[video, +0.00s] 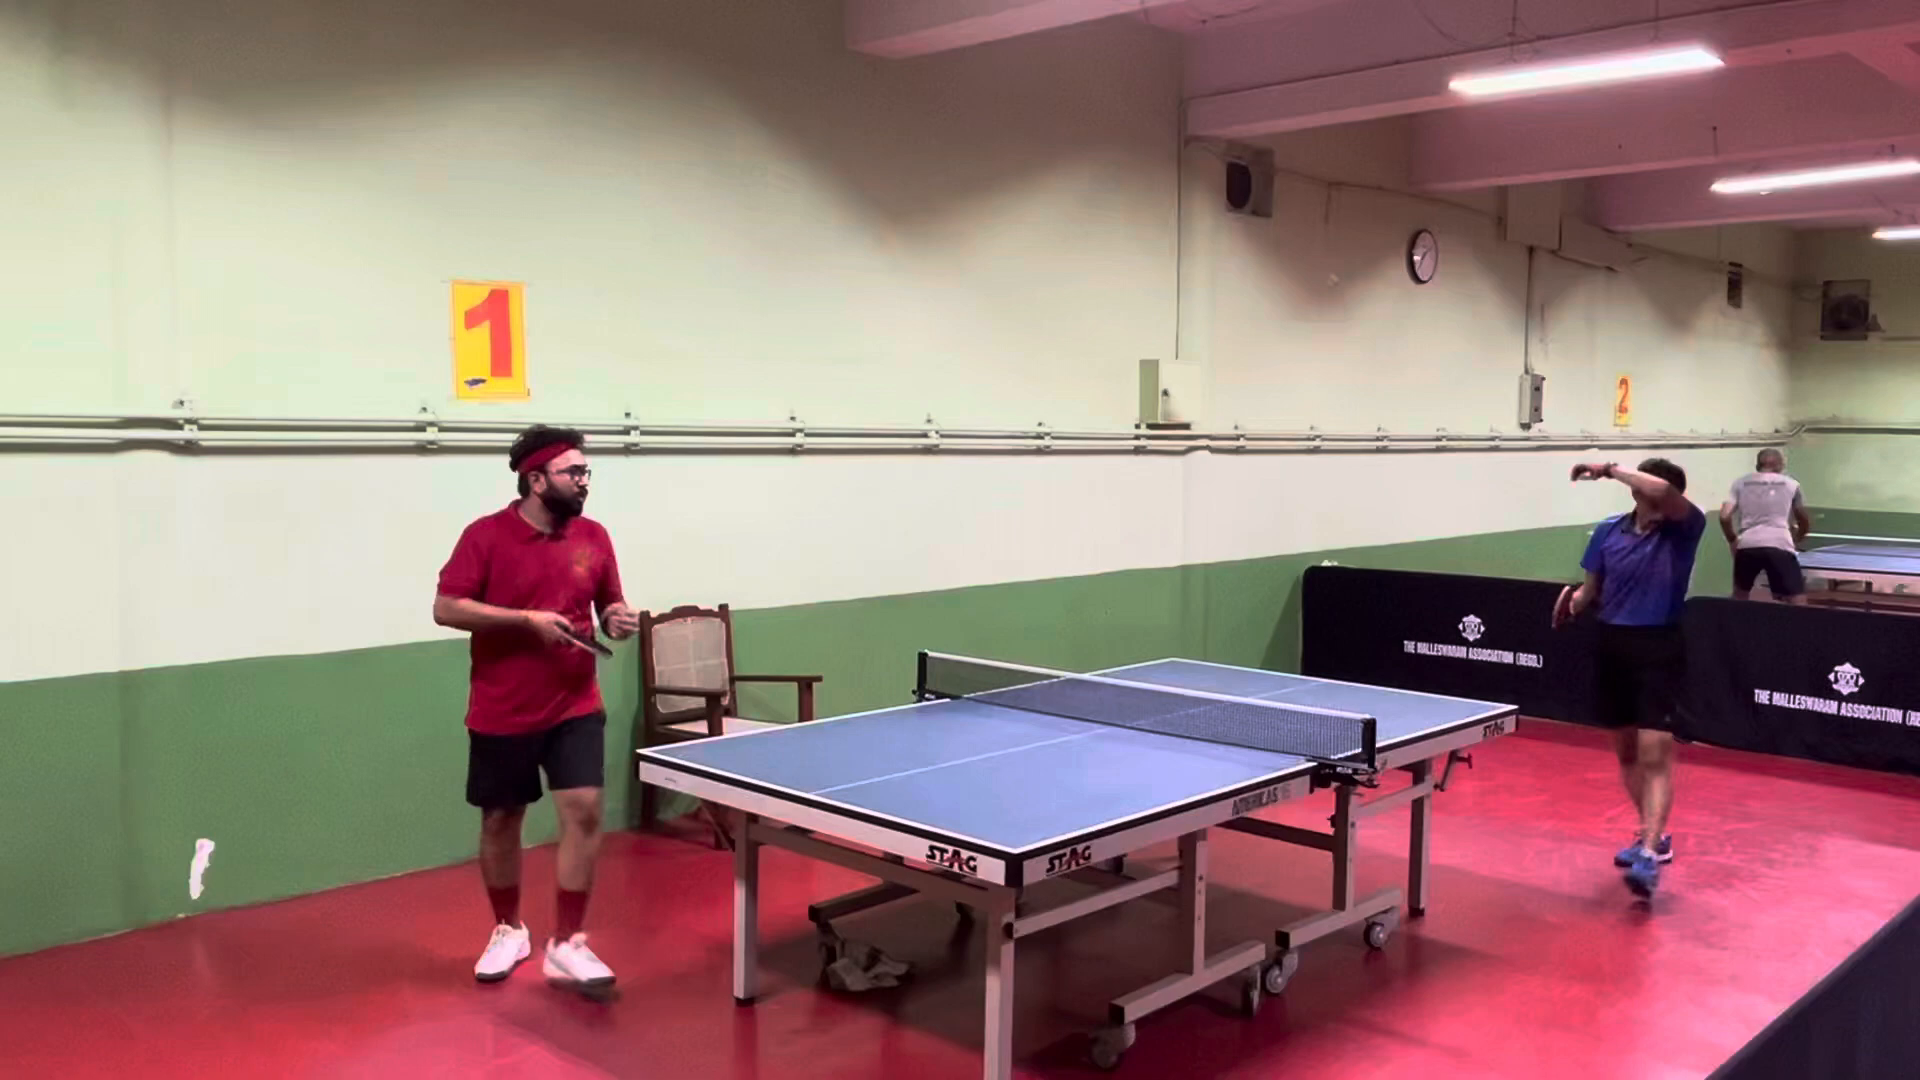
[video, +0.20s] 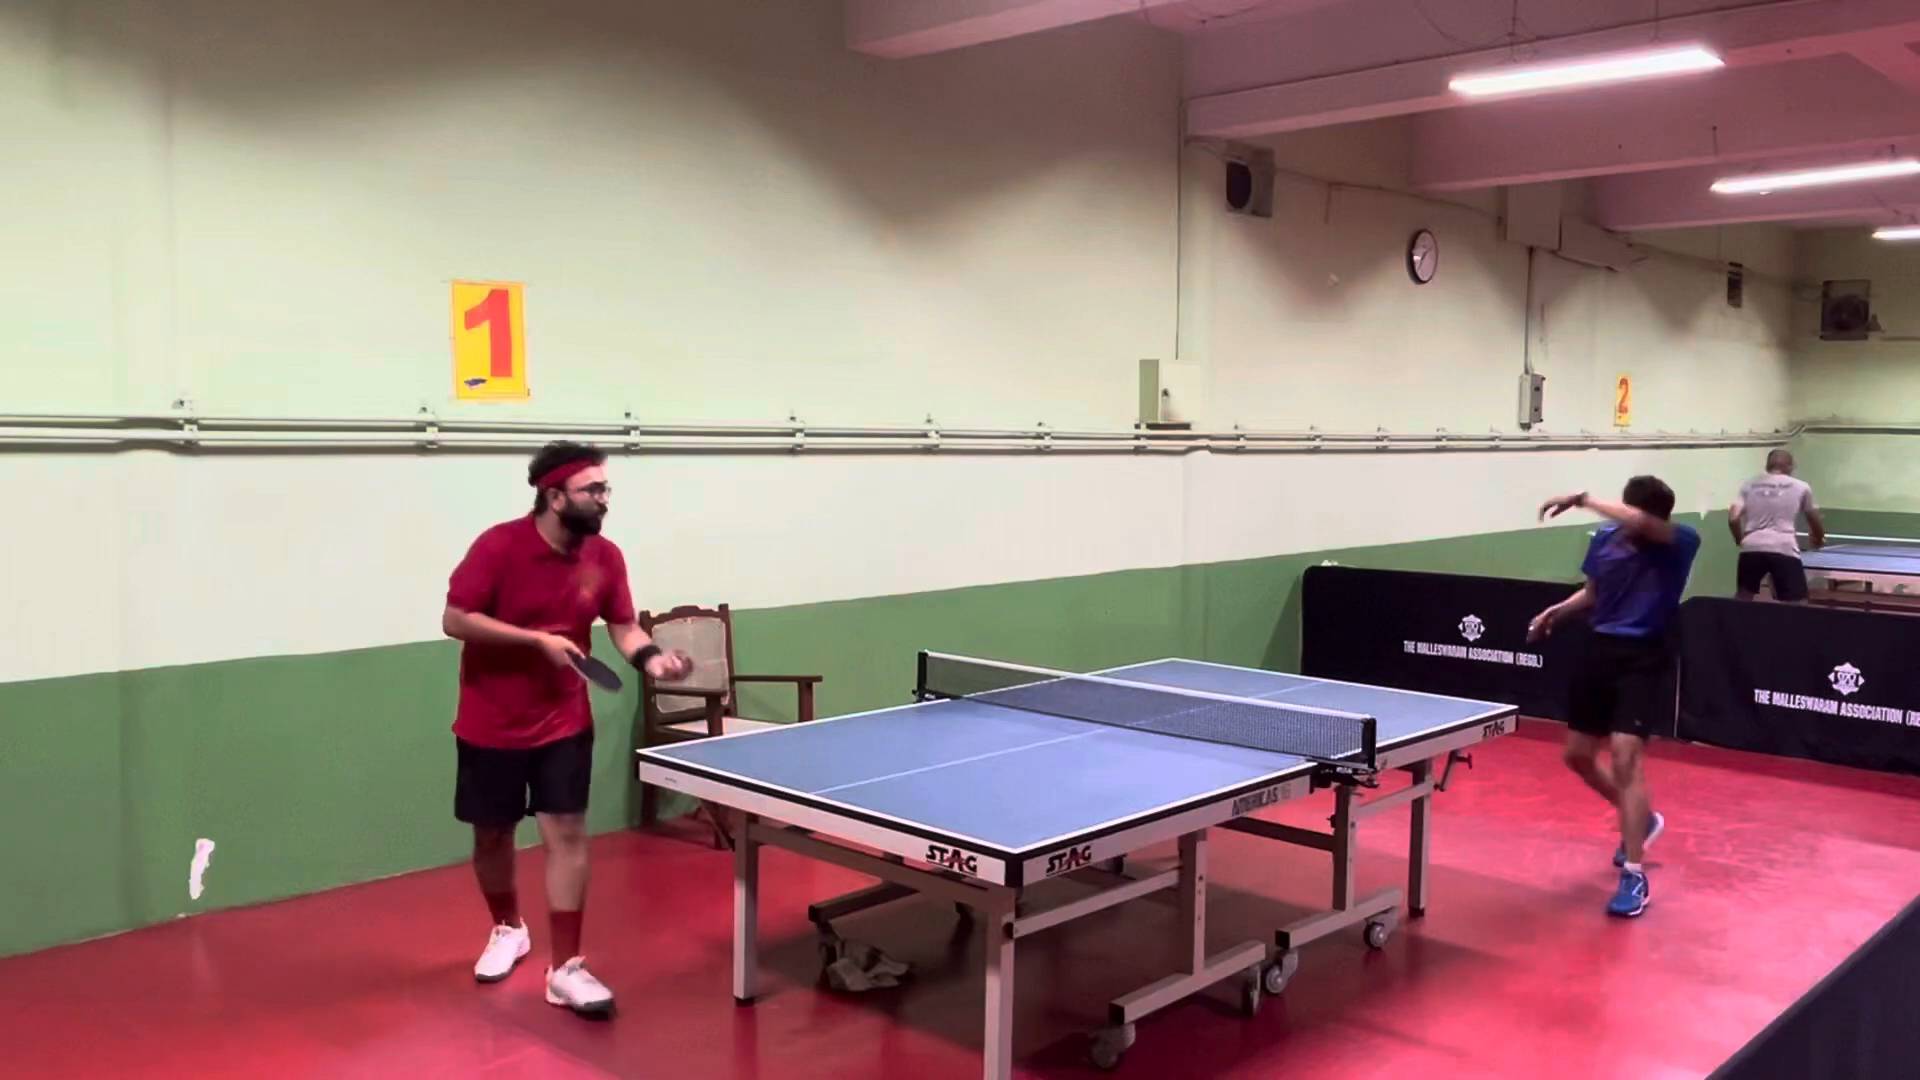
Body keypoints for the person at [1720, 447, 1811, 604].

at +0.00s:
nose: (1782, 468)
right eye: (1781, 465)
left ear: (1757, 466)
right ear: (1781, 466)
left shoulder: (1741, 483)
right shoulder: (1791, 485)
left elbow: (1724, 517)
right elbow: (1804, 522)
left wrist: (1733, 542)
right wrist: (1794, 541)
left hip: (1748, 547)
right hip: (1780, 546)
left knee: (1739, 599)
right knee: (1798, 604)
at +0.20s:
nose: (1793, 469)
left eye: (1791, 465)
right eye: (1792, 466)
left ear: (1768, 466)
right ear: (1789, 466)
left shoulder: (1749, 485)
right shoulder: (1801, 487)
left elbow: (1733, 518)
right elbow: (1815, 524)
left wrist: (1740, 540)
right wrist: (1816, 541)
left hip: (1751, 549)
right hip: (1784, 550)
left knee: (1743, 600)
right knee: (1797, 607)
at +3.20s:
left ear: (1861, 466)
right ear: (1883, 473)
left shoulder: (1835, 481)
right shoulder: (1885, 498)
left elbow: (1815, 514)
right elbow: (1885, 541)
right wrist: (1868, 553)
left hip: (1816, 549)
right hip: (1851, 556)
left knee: (1789, 596)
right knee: (1866, 607)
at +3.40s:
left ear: (1835, 467)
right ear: (1858, 472)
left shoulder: (1811, 484)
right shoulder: (1864, 494)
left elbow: (1795, 520)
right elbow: (1872, 538)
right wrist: (1856, 555)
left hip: (1802, 554)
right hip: (1836, 559)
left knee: (1784, 600)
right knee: (1858, 605)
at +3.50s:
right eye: (1851, 467)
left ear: (1827, 465)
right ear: (1849, 469)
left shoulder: (1803, 483)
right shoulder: (1856, 491)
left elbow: (1786, 518)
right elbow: (1862, 536)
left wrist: (1806, 523)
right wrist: (1853, 548)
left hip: (1795, 553)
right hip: (1829, 556)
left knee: (1775, 602)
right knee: (1851, 607)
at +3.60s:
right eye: (1846, 466)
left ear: (1823, 465)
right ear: (1845, 468)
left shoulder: (1799, 482)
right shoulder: (1852, 490)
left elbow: (1781, 517)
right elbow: (1860, 534)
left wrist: (1803, 516)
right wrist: (1854, 544)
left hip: (1793, 553)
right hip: (1828, 556)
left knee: (1773, 602)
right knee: (1850, 607)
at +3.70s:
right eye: (1845, 469)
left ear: (1822, 466)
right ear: (1844, 470)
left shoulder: (1799, 483)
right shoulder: (1851, 491)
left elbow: (1781, 519)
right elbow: (1864, 527)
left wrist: (1801, 517)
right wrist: (1860, 545)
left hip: (1793, 553)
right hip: (1828, 556)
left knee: (1774, 602)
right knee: (1850, 607)